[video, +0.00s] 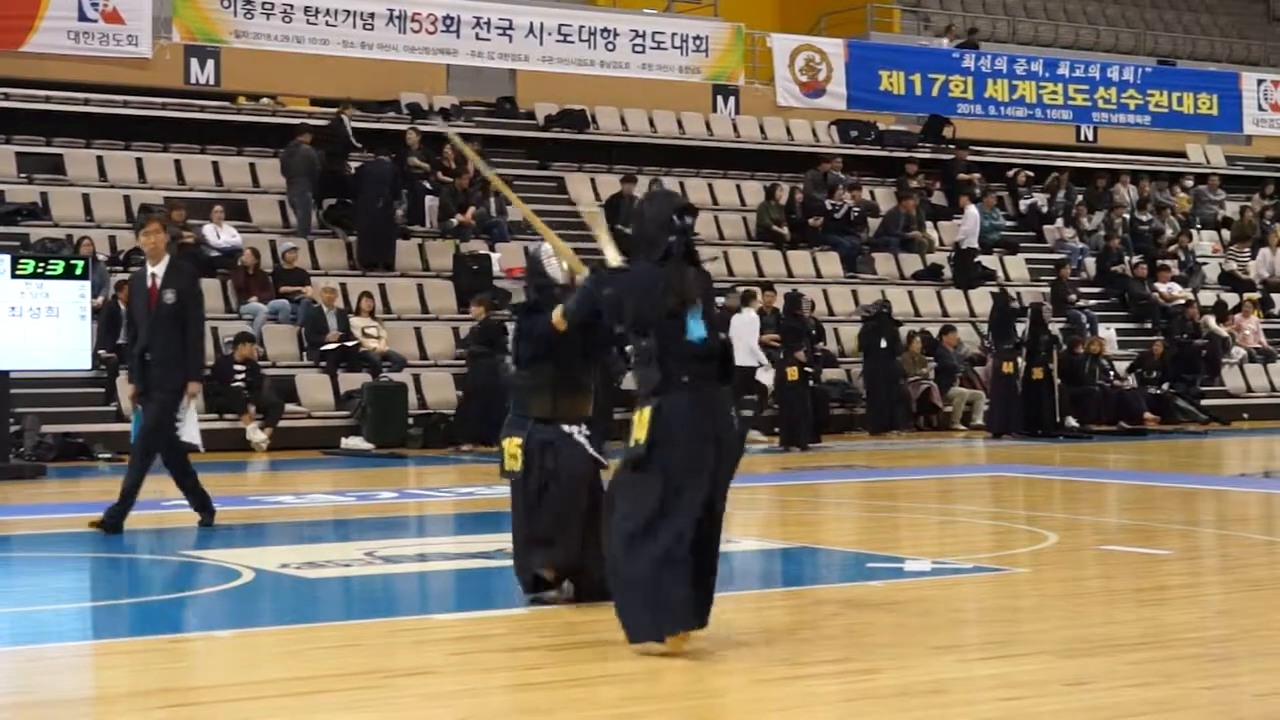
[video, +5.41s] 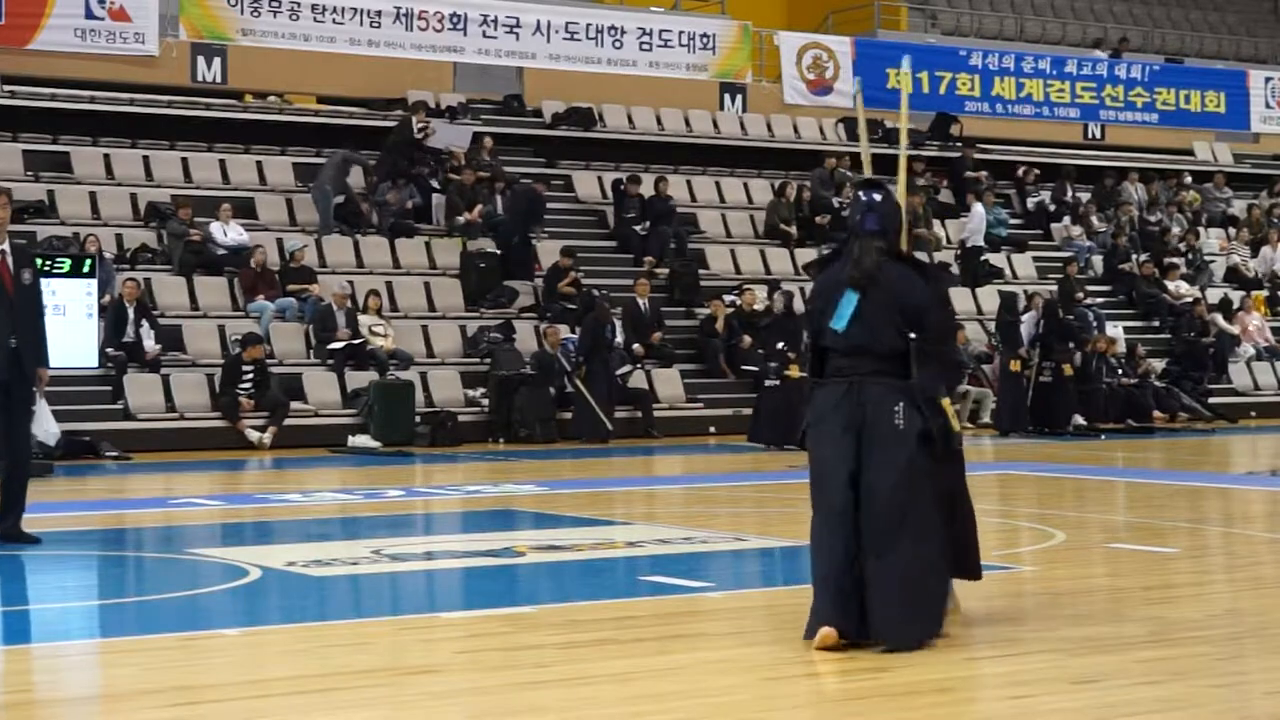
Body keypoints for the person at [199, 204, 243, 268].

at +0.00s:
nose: (219, 215)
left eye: (221, 212)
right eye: (216, 212)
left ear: (224, 214)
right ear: (211, 215)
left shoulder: (229, 228)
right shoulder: (207, 228)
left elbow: (239, 242)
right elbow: (214, 243)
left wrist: (222, 241)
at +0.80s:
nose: (223, 213)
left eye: (225, 211)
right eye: (220, 211)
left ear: (228, 213)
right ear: (215, 213)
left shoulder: (233, 226)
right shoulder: (211, 226)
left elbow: (243, 240)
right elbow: (218, 242)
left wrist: (226, 239)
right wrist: (238, 243)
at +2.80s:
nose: (224, 213)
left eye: (226, 211)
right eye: (221, 211)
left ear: (229, 213)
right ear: (216, 213)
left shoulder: (234, 226)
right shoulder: (211, 226)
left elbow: (244, 240)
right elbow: (218, 241)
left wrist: (227, 239)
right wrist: (238, 244)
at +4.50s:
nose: (229, 213)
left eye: (230, 210)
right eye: (226, 210)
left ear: (232, 212)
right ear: (220, 212)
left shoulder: (235, 226)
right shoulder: (214, 225)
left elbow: (246, 240)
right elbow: (221, 242)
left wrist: (229, 239)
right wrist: (241, 244)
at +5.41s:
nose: (227, 214)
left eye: (229, 211)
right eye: (224, 211)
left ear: (232, 212)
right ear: (217, 213)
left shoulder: (235, 226)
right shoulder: (214, 225)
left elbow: (247, 240)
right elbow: (220, 241)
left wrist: (230, 239)